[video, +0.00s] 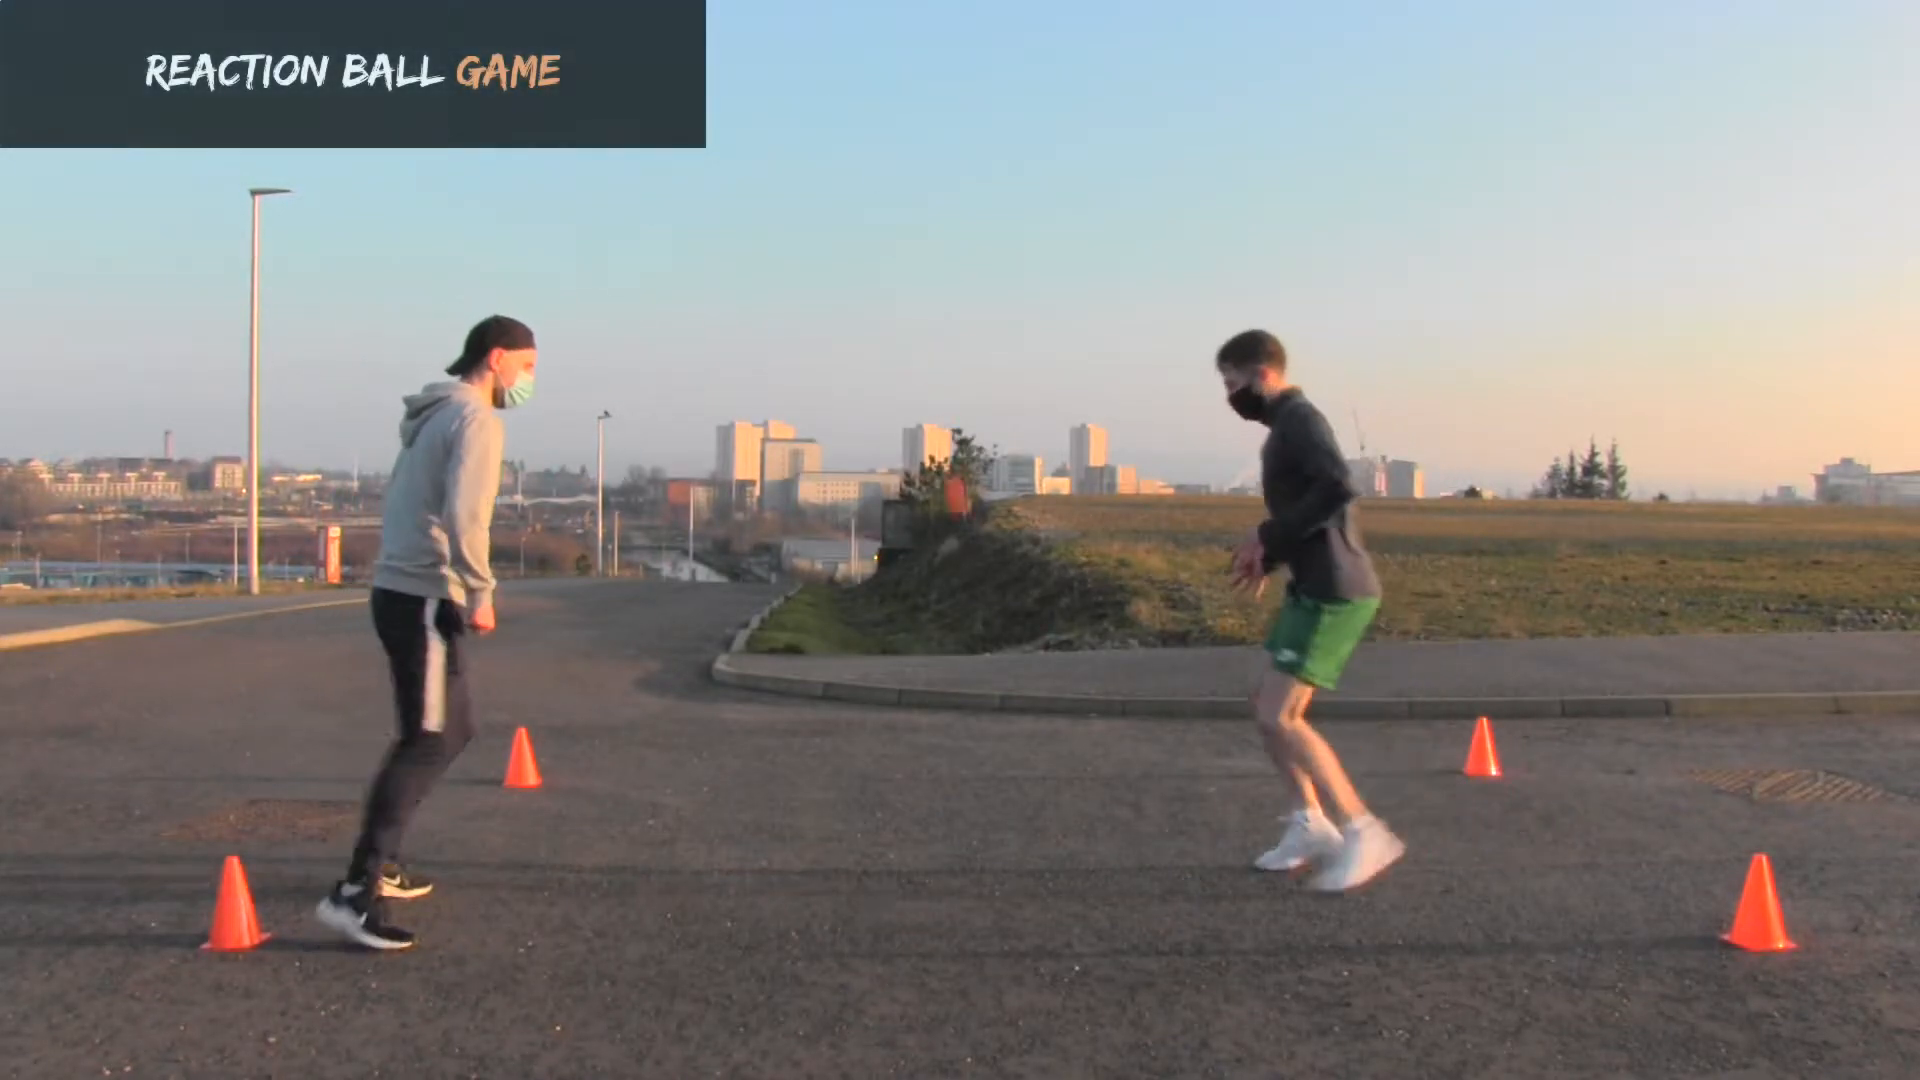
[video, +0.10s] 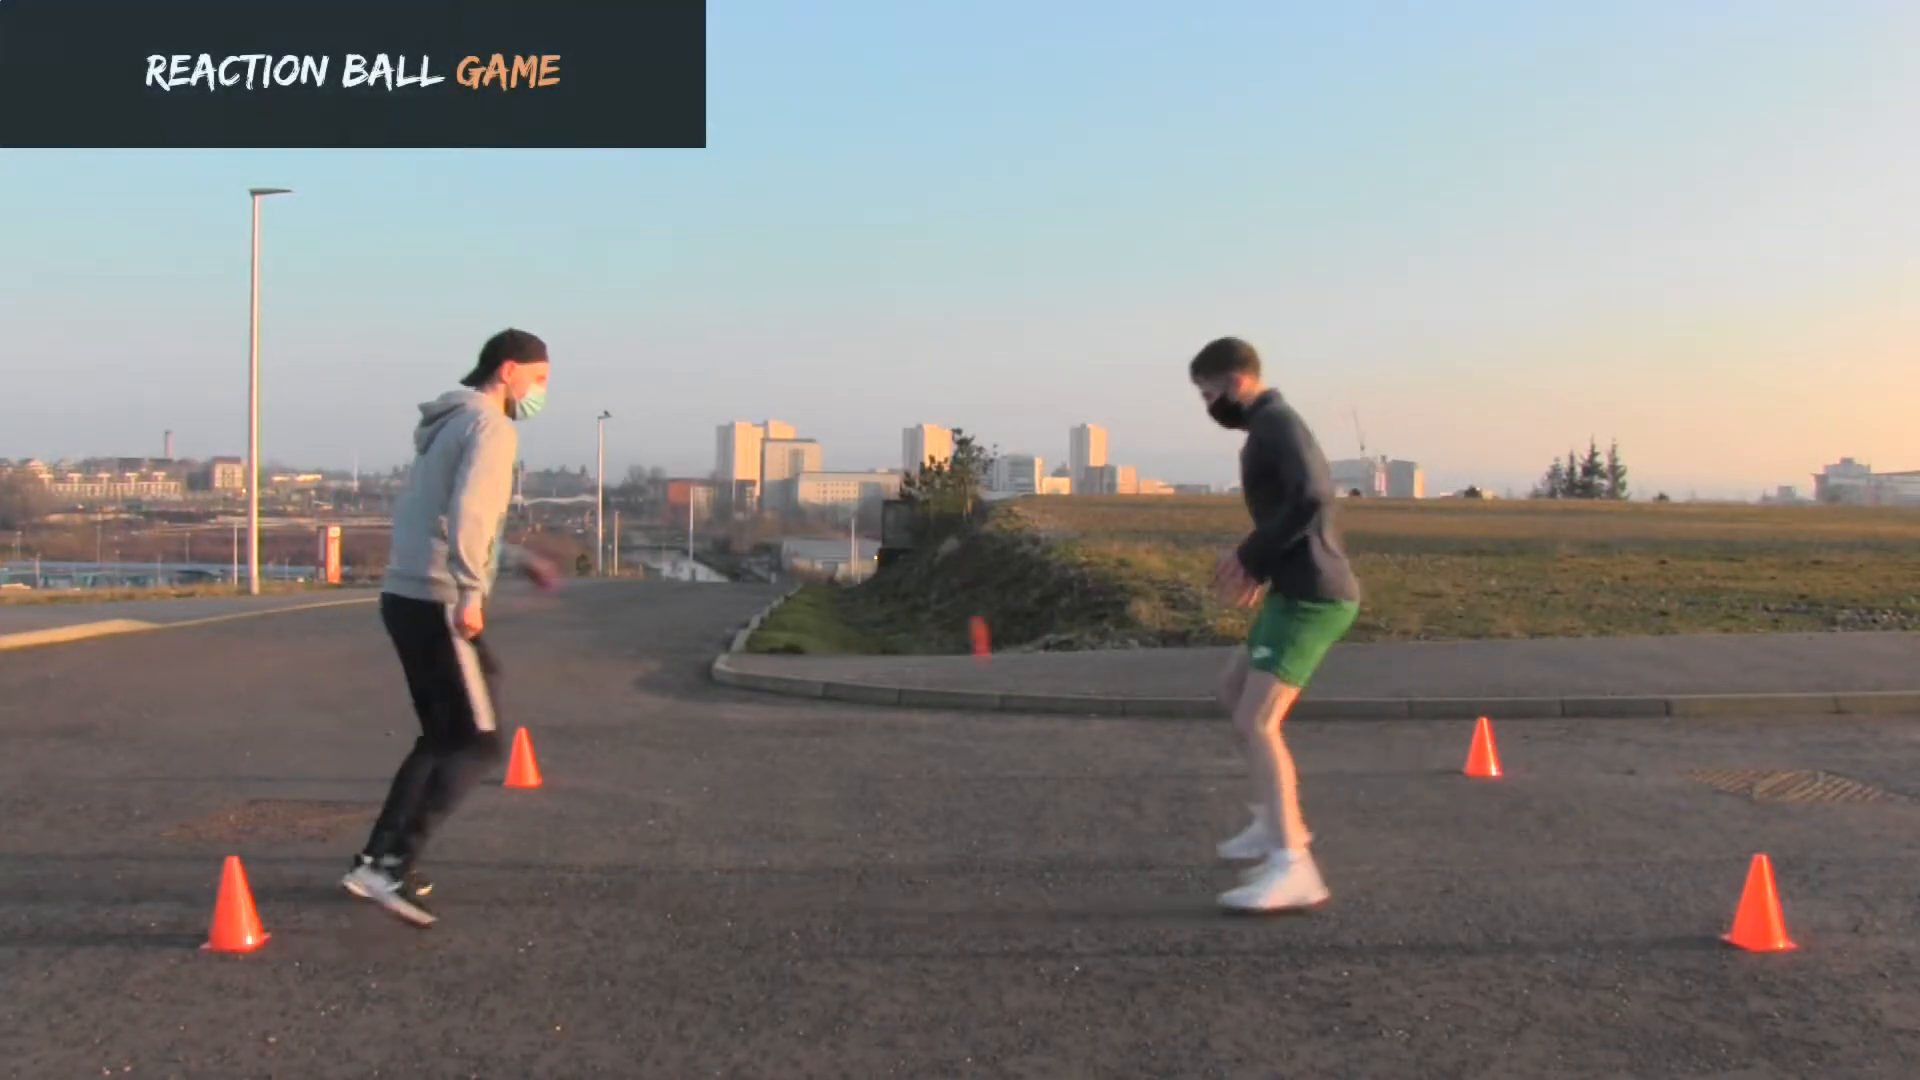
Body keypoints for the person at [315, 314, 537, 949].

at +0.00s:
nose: (530, 379)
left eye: (532, 367)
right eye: (527, 366)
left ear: (489, 358)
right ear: (496, 358)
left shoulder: (444, 411)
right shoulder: (478, 419)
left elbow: (425, 508)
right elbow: (464, 513)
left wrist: (455, 586)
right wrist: (481, 589)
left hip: (412, 591)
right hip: (419, 595)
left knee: (452, 727)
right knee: (426, 736)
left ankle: (378, 865)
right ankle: (356, 892)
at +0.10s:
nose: (541, 391)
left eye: (543, 381)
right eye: (538, 379)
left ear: (500, 369)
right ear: (506, 369)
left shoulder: (457, 419)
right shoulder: (492, 426)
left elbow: (458, 525)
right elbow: (471, 513)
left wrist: (522, 560)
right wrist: (472, 592)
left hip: (410, 597)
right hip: (434, 601)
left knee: (441, 736)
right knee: (479, 740)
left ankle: (380, 863)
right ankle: (389, 867)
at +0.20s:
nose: (568, 384)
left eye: (571, 374)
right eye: (565, 372)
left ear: (530, 362)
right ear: (532, 361)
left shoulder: (494, 408)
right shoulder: (510, 411)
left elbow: (502, 515)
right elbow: (480, 492)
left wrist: (571, 526)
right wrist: (474, 571)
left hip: (443, 587)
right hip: (481, 589)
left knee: (440, 724)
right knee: (535, 712)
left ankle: (377, 854)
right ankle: (464, 836)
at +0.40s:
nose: (627, 375)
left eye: (628, 365)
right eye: (620, 363)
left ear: (586, 363)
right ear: (588, 362)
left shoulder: (564, 410)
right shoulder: (572, 413)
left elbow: (551, 498)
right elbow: (546, 501)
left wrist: (592, 518)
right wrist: (553, 582)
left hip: (515, 578)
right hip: (548, 584)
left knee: (522, 698)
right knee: (567, 708)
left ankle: (425, 791)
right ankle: (518, 824)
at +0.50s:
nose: (661, 390)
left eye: (663, 380)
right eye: (654, 380)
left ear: (619, 383)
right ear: (622, 381)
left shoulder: (587, 431)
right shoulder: (612, 439)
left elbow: (575, 514)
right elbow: (606, 531)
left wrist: (618, 534)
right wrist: (625, 614)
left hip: (557, 587)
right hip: (578, 591)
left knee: (587, 701)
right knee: (597, 713)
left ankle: (500, 776)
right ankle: (520, 819)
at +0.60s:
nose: (688, 375)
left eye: (689, 366)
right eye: (681, 366)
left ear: (647, 370)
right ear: (648, 368)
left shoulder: (613, 419)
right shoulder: (643, 427)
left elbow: (571, 473)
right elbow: (643, 518)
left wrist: (614, 507)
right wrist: (669, 585)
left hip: (595, 572)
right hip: (608, 578)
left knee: (636, 679)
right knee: (596, 698)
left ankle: (571, 780)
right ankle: (525, 811)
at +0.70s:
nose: (722, 361)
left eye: (723, 352)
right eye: (715, 352)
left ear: (684, 355)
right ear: (684, 353)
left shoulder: (654, 402)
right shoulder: (688, 408)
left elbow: (622, 453)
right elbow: (687, 493)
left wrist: (668, 487)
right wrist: (715, 540)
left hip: (644, 552)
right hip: (659, 556)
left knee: (675, 667)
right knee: (637, 676)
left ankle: (687, 782)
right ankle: (561, 792)